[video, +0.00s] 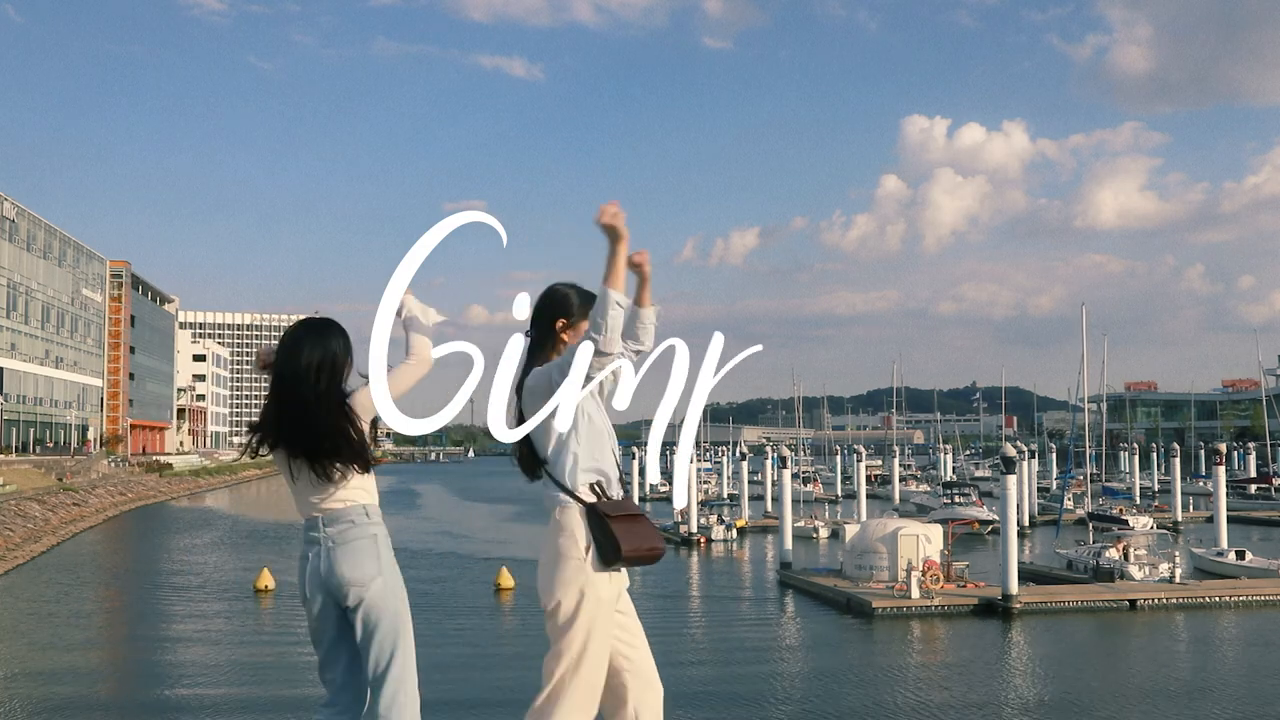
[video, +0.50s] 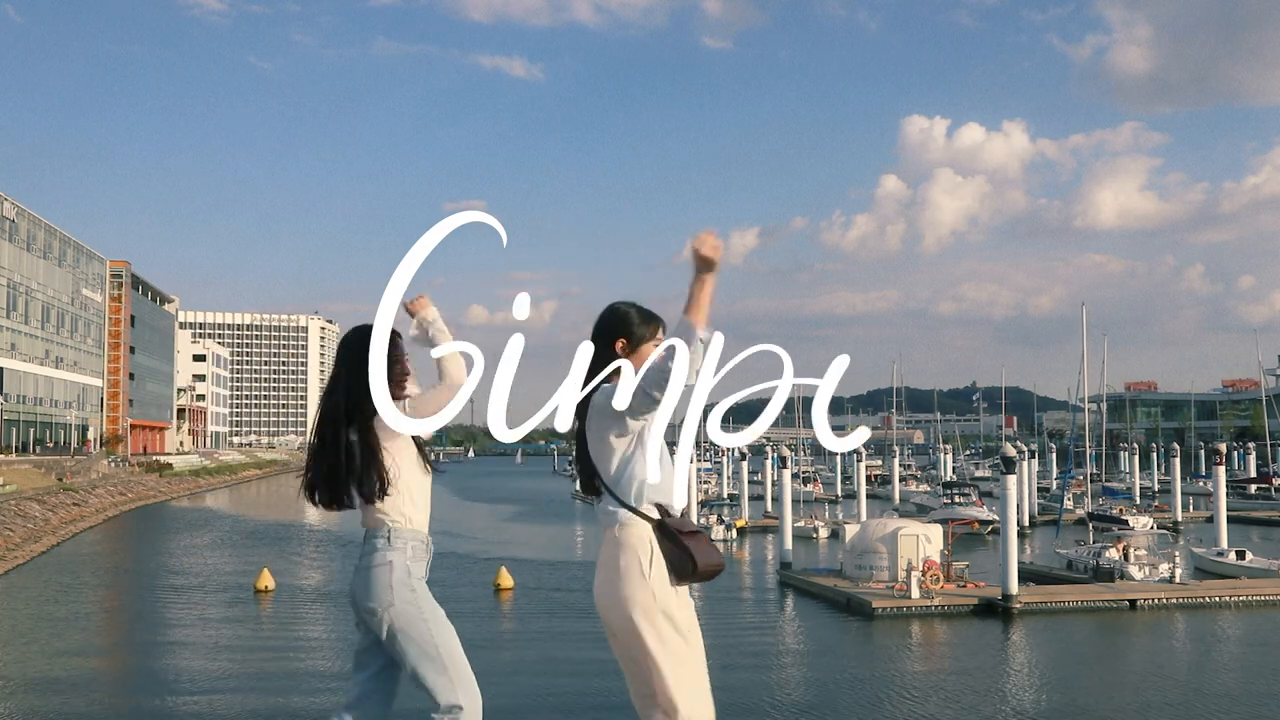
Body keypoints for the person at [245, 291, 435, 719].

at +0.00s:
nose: (352, 365)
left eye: (350, 357)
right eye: (349, 358)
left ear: (286, 368)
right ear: (340, 367)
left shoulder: (278, 423)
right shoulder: (354, 409)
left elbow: (288, 386)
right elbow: (421, 360)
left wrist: (280, 364)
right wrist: (414, 315)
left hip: (313, 554)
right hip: (361, 550)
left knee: (340, 691)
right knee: (394, 689)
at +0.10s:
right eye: (359, 362)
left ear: (299, 375)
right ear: (357, 370)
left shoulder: (285, 429)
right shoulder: (369, 418)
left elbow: (266, 391)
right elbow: (434, 365)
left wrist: (279, 346)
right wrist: (421, 311)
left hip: (324, 562)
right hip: (375, 553)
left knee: (352, 690)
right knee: (411, 682)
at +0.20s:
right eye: (360, 354)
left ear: (309, 372)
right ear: (362, 364)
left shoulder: (295, 433)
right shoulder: (376, 411)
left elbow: (257, 397)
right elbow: (435, 352)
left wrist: (280, 349)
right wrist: (471, 295)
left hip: (330, 563)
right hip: (381, 558)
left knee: (345, 693)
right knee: (425, 689)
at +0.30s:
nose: (382, 358)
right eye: (374, 349)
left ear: (318, 366)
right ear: (369, 357)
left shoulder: (308, 423)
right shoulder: (383, 401)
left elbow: (277, 396)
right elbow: (441, 355)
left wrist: (297, 348)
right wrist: (467, 312)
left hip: (335, 566)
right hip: (379, 564)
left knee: (337, 696)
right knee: (441, 689)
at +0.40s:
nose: (394, 359)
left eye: (389, 351)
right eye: (388, 351)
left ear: (338, 363)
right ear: (383, 357)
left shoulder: (342, 412)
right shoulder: (388, 404)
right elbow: (445, 349)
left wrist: (332, 369)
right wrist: (431, 317)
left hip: (348, 567)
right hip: (383, 571)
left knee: (337, 701)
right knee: (454, 698)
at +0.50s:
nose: (406, 367)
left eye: (404, 358)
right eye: (396, 361)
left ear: (362, 374)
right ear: (375, 371)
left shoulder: (369, 424)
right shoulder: (389, 420)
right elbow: (453, 382)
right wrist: (432, 321)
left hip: (376, 575)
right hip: (397, 579)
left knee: (366, 708)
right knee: (462, 704)